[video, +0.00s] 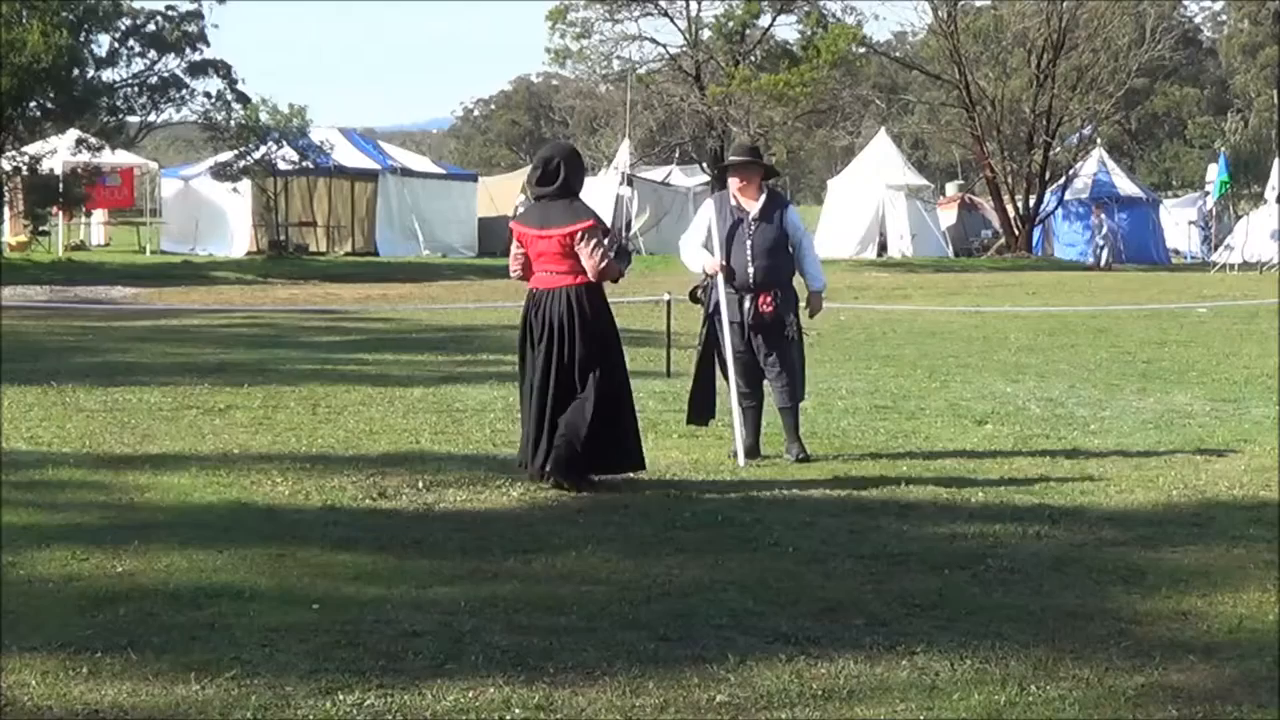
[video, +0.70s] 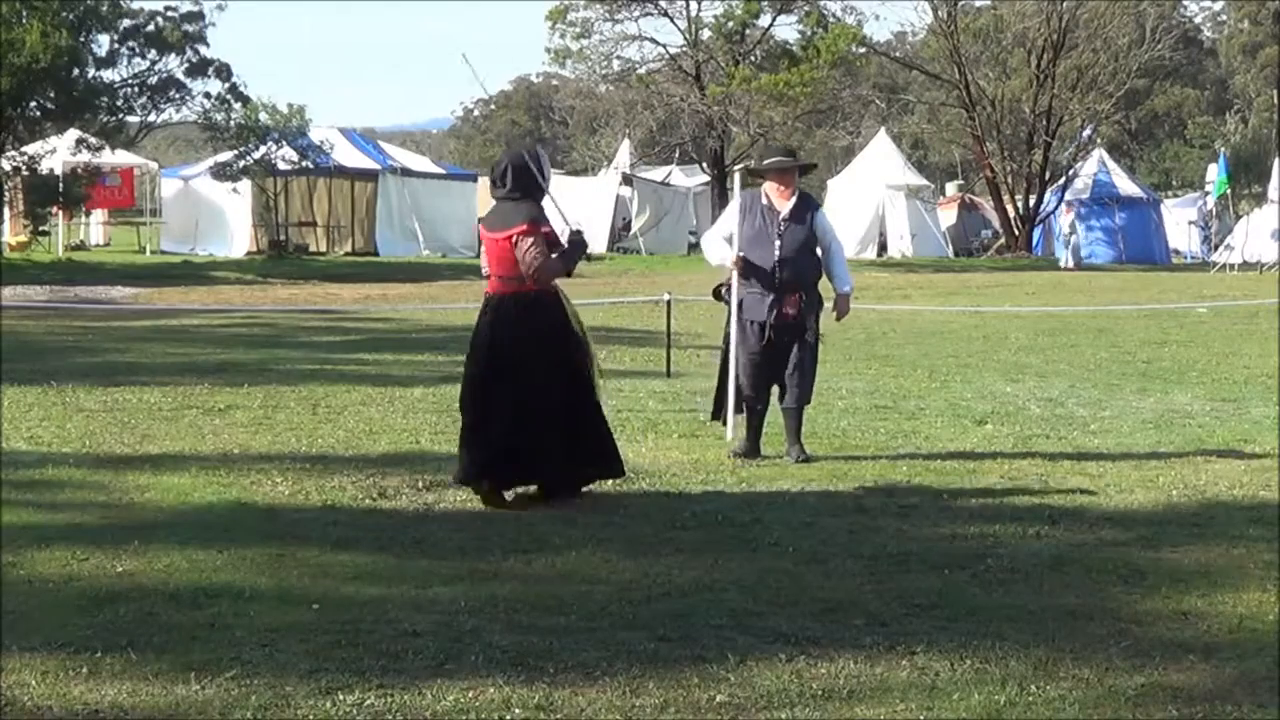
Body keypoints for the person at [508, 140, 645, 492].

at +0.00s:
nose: (581, 177)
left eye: (578, 171)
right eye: (579, 172)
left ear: (537, 174)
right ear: (573, 176)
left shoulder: (523, 220)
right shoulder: (580, 217)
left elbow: (518, 270)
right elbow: (601, 270)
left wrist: (552, 267)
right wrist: (621, 261)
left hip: (539, 304)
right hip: (578, 304)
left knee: (545, 381)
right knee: (592, 382)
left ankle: (540, 460)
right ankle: (566, 459)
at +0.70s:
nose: (545, 184)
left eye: (544, 178)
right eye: (542, 178)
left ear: (502, 181)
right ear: (532, 181)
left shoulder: (490, 220)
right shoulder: (526, 218)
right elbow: (539, 270)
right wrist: (573, 251)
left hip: (497, 312)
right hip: (533, 315)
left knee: (501, 395)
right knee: (549, 394)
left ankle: (490, 474)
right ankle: (558, 479)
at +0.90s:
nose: (527, 182)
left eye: (526, 175)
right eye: (524, 176)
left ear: (480, 177)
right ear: (511, 178)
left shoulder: (471, 216)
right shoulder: (501, 219)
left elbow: (493, 261)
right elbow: (513, 276)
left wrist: (528, 240)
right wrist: (545, 252)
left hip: (470, 312)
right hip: (502, 316)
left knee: (476, 398)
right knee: (539, 392)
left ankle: (477, 485)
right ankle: (562, 480)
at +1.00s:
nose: (515, 173)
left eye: (513, 166)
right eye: (512, 167)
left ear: (473, 168)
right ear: (504, 170)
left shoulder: (460, 210)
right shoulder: (488, 212)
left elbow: (479, 262)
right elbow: (501, 270)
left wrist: (516, 239)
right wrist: (532, 248)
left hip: (458, 307)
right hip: (490, 311)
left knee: (473, 395)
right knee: (514, 392)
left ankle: (480, 486)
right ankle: (529, 486)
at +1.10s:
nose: (505, 172)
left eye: (503, 165)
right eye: (501, 165)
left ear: (463, 168)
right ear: (491, 169)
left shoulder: (453, 210)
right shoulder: (477, 212)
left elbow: (474, 260)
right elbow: (495, 269)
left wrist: (511, 237)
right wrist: (525, 246)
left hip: (452, 305)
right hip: (480, 310)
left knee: (470, 393)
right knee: (499, 392)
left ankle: (479, 484)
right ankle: (502, 486)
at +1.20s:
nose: (492, 174)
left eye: (490, 166)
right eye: (488, 166)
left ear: (447, 170)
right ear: (476, 170)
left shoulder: (439, 213)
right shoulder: (465, 217)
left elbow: (453, 260)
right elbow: (486, 271)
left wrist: (496, 236)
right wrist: (514, 246)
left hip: (440, 309)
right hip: (469, 313)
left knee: (450, 394)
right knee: (479, 394)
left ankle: (448, 479)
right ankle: (478, 487)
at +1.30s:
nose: (484, 176)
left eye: (482, 169)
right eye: (479, 169)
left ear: (438, 173)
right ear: (468, 173)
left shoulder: (429, 217)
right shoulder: (459, 219)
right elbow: (478, 273)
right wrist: (507, 251)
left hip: (432, 314)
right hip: (465, 316)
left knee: (433, 398)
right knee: (478, 399)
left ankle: (425, 482)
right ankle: (486, 493)